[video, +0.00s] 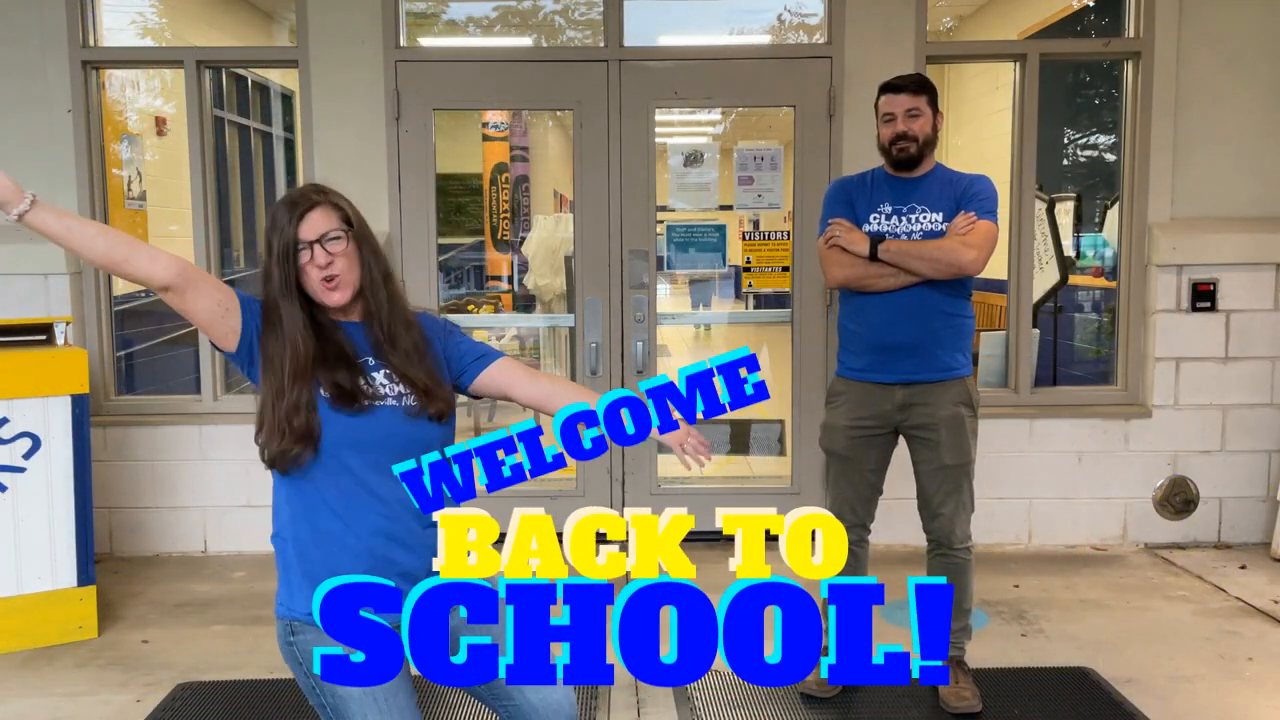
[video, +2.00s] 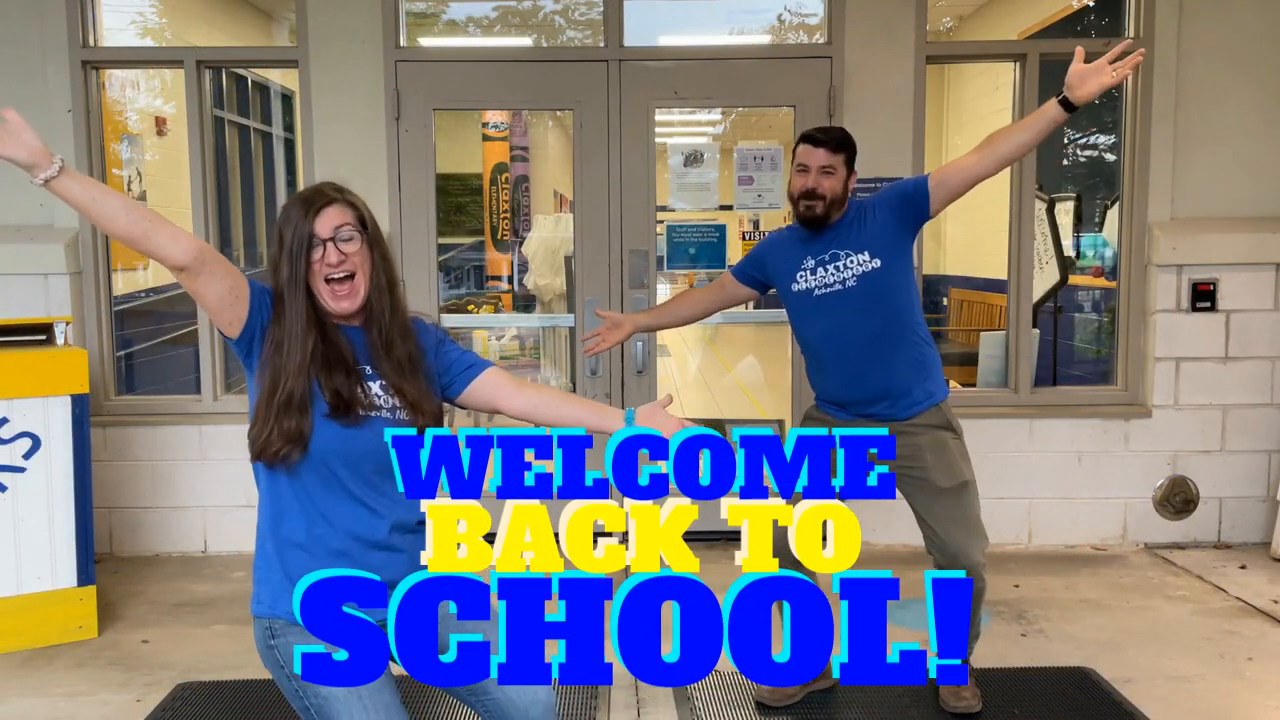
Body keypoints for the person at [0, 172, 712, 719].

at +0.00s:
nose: (321, 259)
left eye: (332, 241)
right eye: (304, 251)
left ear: (363, 247)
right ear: (288, 269)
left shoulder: (420, 338)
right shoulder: (276, 340)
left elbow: (539, 389)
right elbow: (165, 273)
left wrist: (652, 417)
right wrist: (37, 214)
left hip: (445, 599)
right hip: (337, 618)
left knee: (560, 689)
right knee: (384, 718)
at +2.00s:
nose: (336, 256)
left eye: (349, 239)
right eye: (318, 245)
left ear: (375, 252)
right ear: (295, 264)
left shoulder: (416, 344)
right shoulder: (273, 333)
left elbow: (530, 398)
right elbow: (179, 251)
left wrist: (640, 422)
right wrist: (50, 169)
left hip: (419, 596)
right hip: (312, 607)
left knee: (541, 698)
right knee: (374, 707)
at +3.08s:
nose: (355, 226)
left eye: (371, 213)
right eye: (339, 215)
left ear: (397, 232)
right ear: (317, 237)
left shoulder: (447, 319)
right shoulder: (288, 312)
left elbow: (552, 384)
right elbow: (158, 302)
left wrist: (670, 441)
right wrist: (23, 267)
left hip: (442, 564)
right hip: (326, 570)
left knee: (544, 674)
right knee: (355, 704)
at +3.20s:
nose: (378, 197)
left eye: (395, 186)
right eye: (361, 188)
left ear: (422, 214)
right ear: (339, 217)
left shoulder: (469, 308)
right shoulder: (297, 297)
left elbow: (566, 398)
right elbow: (155, 342)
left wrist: (671, 471)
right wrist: (12, 369)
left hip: (458, 557)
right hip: (332, 570)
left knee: (550, 686)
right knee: (354, 712)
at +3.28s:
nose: (396, 175)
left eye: (414, 163)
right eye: (382, 164)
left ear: (445, 187)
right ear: (361, 187)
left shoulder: (484, 288)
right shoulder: (318, 274)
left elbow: (565, 396)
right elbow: (207, 362)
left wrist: (650, 495)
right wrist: (82, 444)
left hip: (470, 538)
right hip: (344, 550)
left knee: (553, 698)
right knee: (361, 710)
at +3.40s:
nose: (425, 173)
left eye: (443, 157)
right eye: (410, 162)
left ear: (476, 175)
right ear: (393, 186)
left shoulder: (525, 289)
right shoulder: (358, 269)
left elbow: (558, 420)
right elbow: (301, 381)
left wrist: (602, 526)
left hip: (486, 536)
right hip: (362, 539)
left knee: (555, 710)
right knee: (362, 713)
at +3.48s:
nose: (453, 184)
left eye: (472, 170)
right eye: (438, 174)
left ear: (505, 188)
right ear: (423, 198)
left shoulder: (551, 299)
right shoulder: (385, 293)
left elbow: (568, 437)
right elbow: (340, 408)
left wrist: (589, 554)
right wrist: (312, 517)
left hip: (514, 554)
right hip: (383, 556)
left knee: (577, 710)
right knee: (370, 713)